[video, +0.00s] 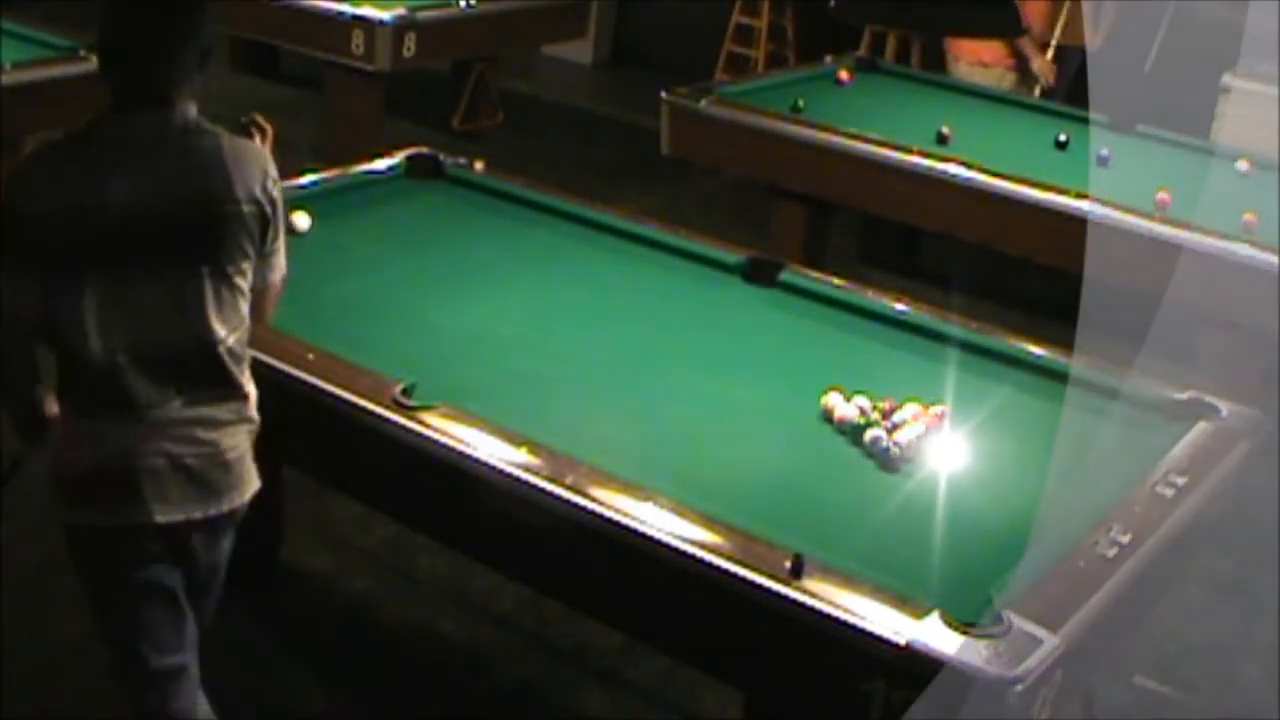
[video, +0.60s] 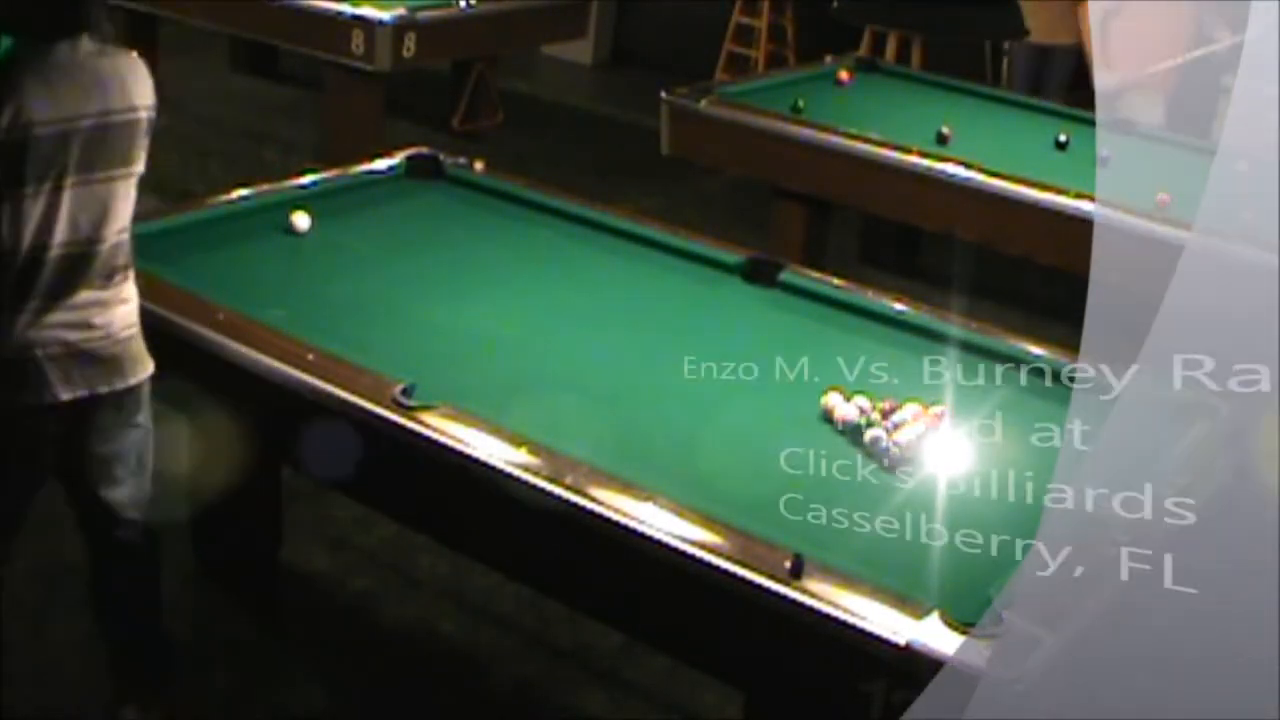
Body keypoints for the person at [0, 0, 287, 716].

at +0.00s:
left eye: (110, 51)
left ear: (106, 60)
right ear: (203, 62)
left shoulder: (49, 174)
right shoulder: (245, 169)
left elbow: (20, 327)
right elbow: (261, 307)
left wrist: (43, 418)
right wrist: (258, 171)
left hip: (103, 472)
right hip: (218, 470)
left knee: (165, 680)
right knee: (181, 667)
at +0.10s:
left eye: (109, 41)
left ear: (107, 51)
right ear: (194, 51)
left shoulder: (61, 151)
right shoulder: (239, 149)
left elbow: (23, 293)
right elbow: (244, 273)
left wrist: (23, 384)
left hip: (93, 445)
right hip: (198, 437)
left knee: (141, 638)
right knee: (165, 618)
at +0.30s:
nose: (83, 25)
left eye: (87, 15)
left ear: (89, 20)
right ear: (164, 22)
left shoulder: (51, 111)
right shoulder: (207, 110)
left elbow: (25, 245)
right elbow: (195, 214)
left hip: (80, 389)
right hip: (174, 379)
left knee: (58, 546)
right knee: (158, 558)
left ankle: (146, 696)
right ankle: (164, 692)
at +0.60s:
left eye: (19, 16)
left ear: (29, 13)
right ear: (96, 6)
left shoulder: (16, 90)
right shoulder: (134, 76)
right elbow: (118, 194)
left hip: (26, 360)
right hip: (116, 354)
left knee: (9, 531)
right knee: (124, 536)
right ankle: (143, 692)